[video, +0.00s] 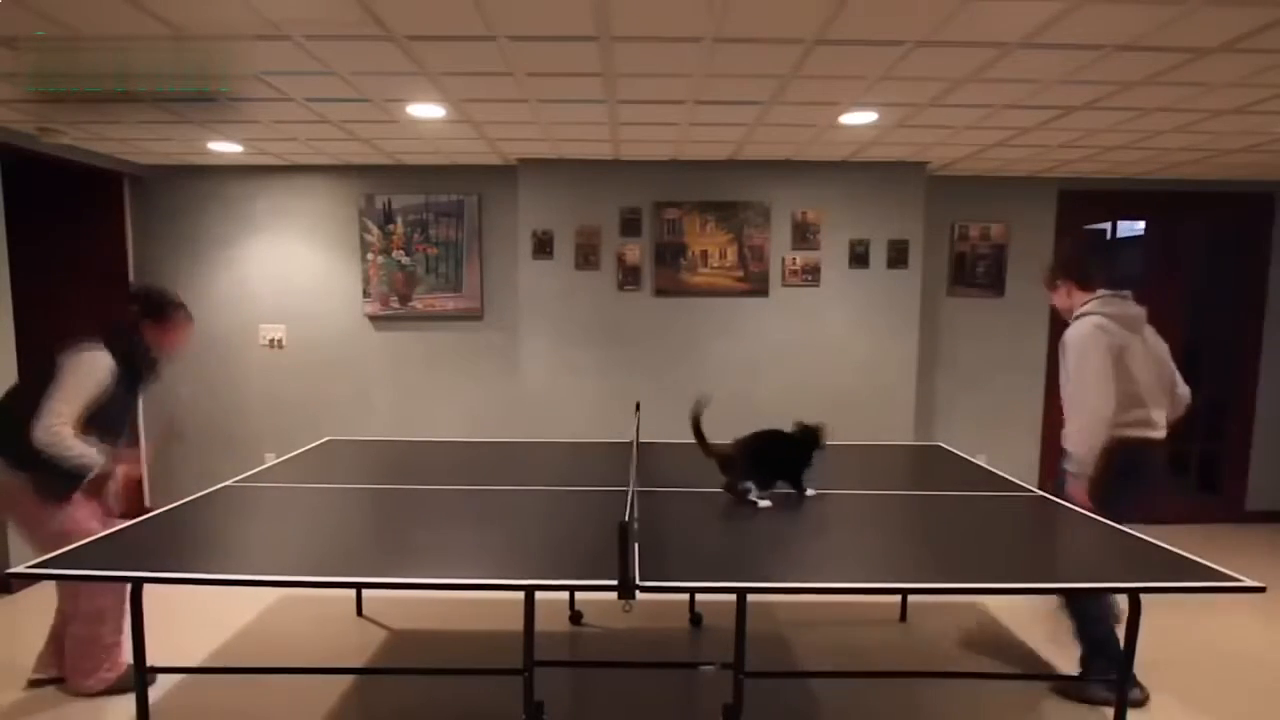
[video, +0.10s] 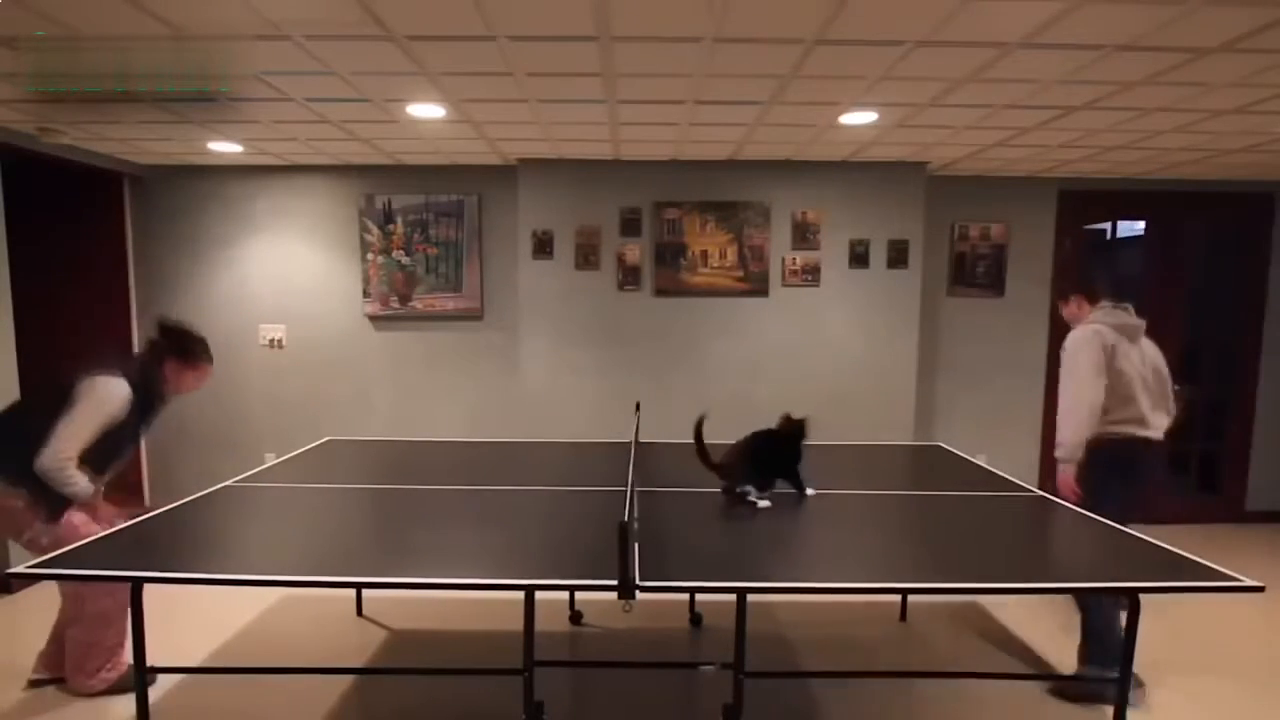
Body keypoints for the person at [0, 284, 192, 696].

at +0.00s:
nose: (178, 344)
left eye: (181, 334)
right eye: (176, 332)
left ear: (151, 327)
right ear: (151, 325)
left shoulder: (126, 368)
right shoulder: (97, 360)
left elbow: (92, 434)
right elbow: (48, 432)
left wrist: (117, 466)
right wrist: (107, 465)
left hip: (52, 473)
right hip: (25, 474)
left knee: (95, 555)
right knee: (101, 555)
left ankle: (57, 661)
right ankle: (93, 670)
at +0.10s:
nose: (193, 389)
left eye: (198, 382)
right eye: (194, 379)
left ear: (173, 364)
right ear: (174, 363)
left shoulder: (142, 395)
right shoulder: (115, 389)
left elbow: (87, 460)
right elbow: (52, 461)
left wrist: (98, 502)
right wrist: (95, 501)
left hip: (35, 488)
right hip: (13, 491)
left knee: (97, 557)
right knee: (106, 556)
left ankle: (57, 663)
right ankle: (94, 670)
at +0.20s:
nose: (201, 419)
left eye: (205, 411)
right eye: (202, 409)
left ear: (180, 394)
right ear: (184, 397)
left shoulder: (144, 412)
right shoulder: (129, 412)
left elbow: (77, 473)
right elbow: (54, 478)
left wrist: (93, 513)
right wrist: (89, 512)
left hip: (29, 500)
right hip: (12, 504)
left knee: (113, 550)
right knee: (111, 556)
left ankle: (57, 663)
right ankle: (95, 671)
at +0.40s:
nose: (195, 476)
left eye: (201, 471)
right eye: (200, 469)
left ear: (184, 447)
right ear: (188, 454)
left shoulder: (140, 450)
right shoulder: (138, 464)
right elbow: (61, 523)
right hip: (23, 542)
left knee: (119, 583)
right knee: (142, 582)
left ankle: (57, 664)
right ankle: (99, 671)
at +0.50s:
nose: (200, 494)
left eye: (205, 485)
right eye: (202, 483)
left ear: (180, 468)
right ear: (186, 473)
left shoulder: (135, 477)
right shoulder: (137, 490)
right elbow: (77, 551)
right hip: (20, 588)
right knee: (161, 580)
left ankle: (59, 663)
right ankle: (102, 671)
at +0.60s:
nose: (197, 497)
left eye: (199, 489)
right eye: (194, 488)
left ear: (171, 481)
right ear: (175, 483)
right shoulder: (125, 510)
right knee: (179, 588)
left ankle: (67, 653)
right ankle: (103, 669)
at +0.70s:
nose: (193, 483)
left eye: (191, 472)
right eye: (186, 472)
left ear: (159, 475)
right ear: (160, 475)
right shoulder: (119, 512)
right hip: (57, 633)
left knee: (196, 587)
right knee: (189, 592)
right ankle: (109, 669)